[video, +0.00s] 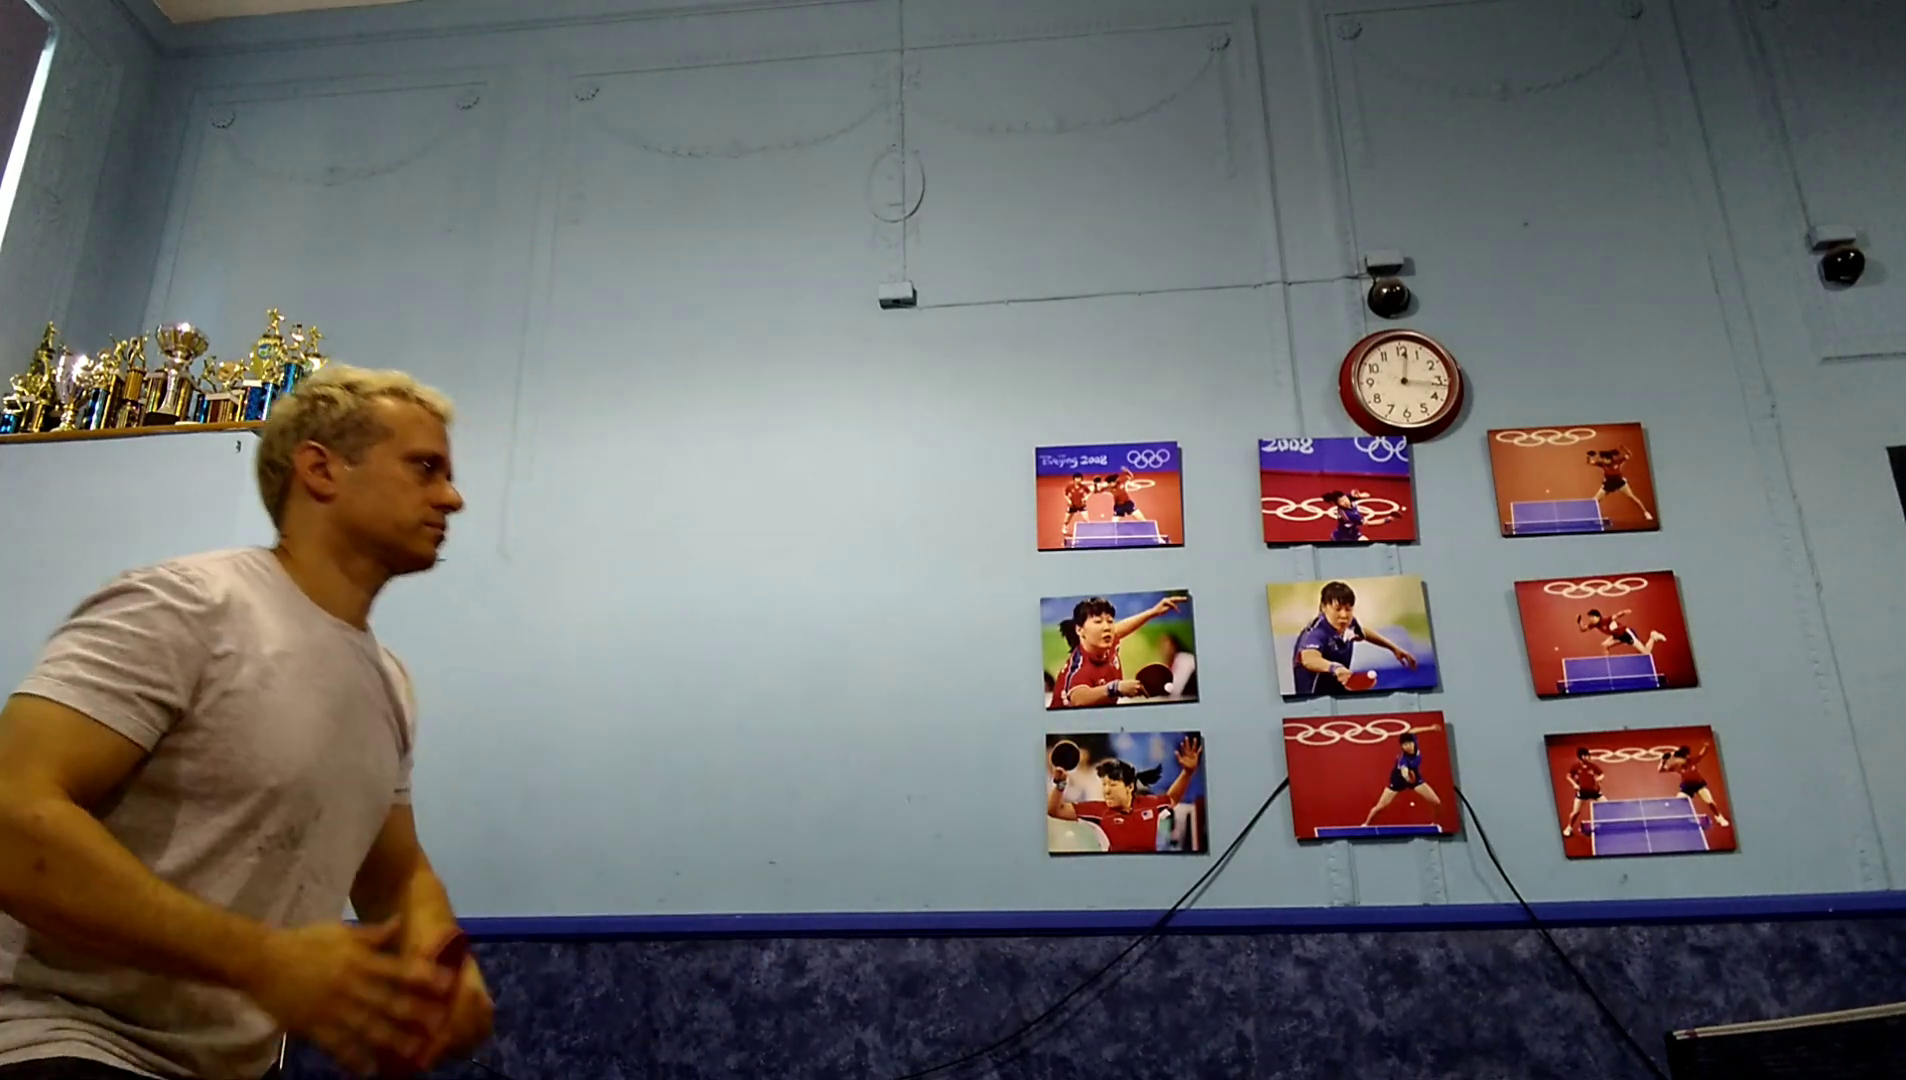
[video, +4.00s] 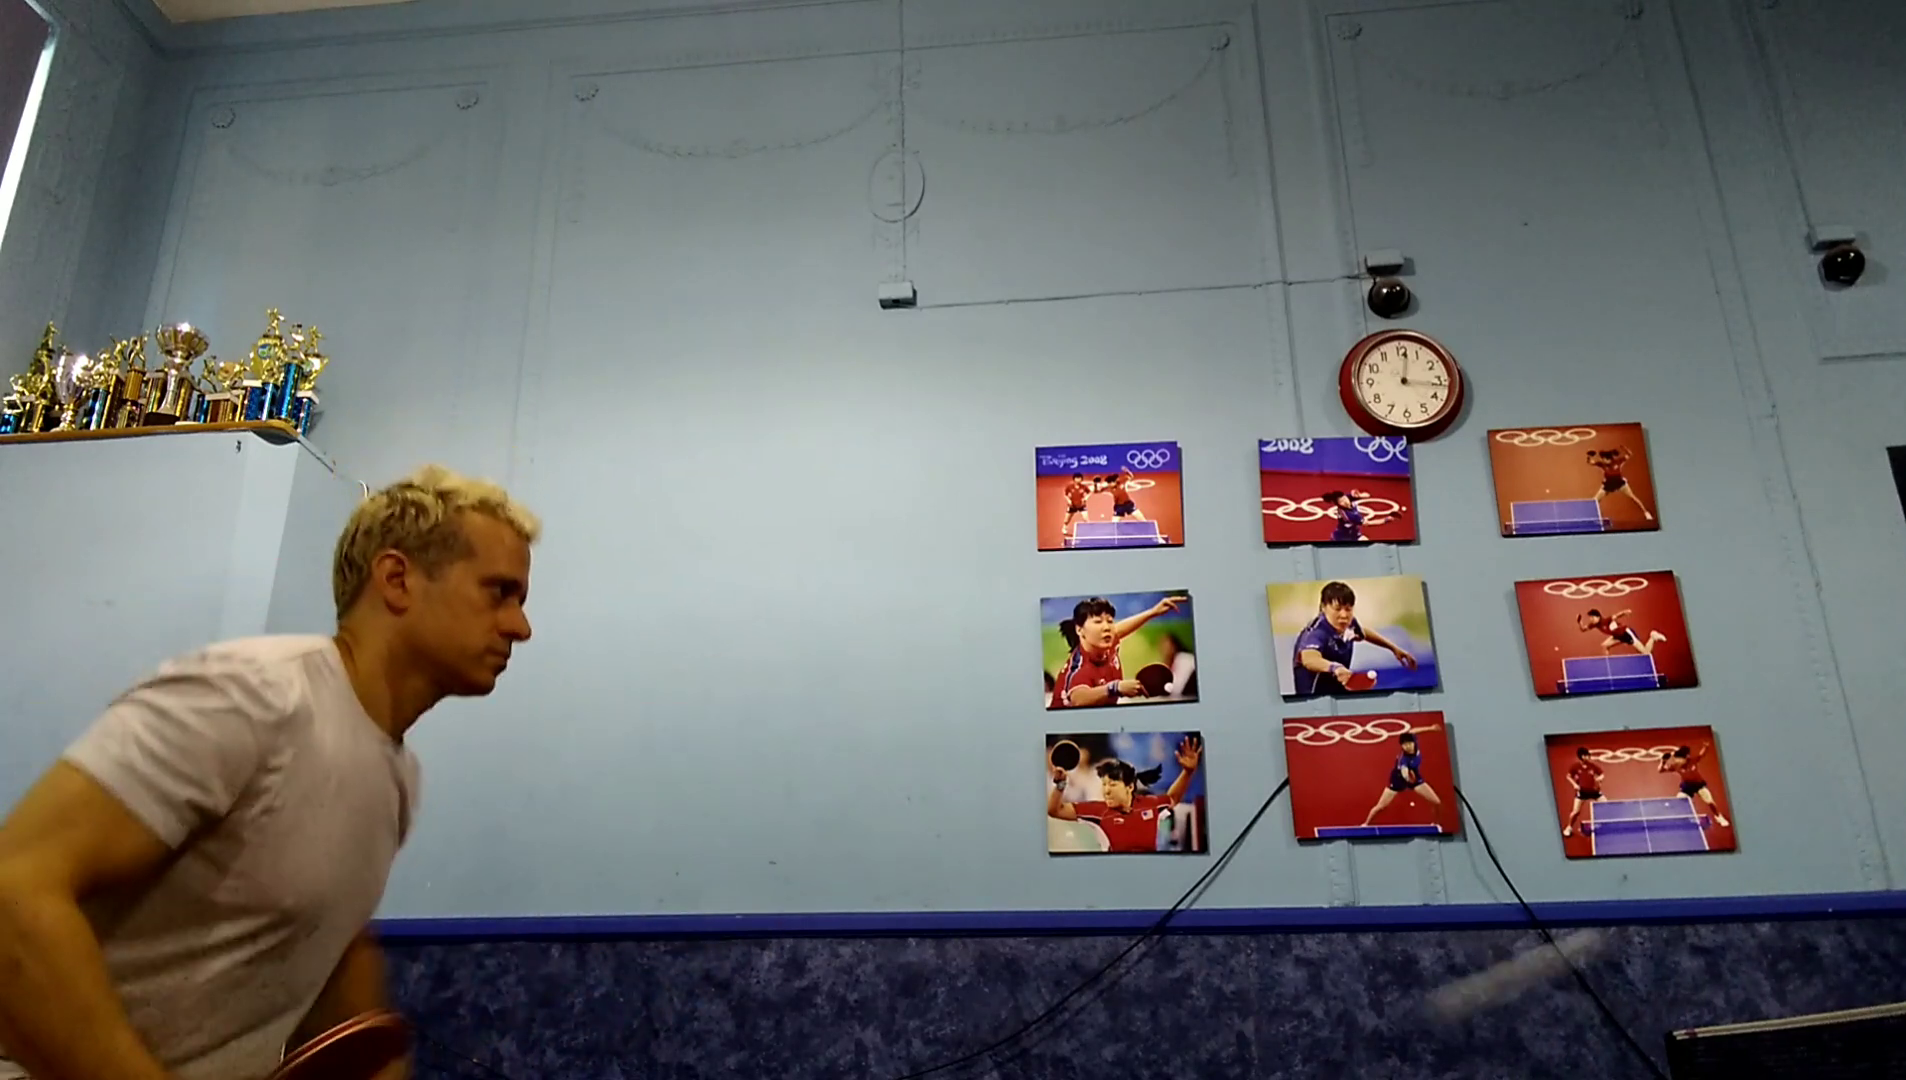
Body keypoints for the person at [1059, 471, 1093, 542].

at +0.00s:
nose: (1078, 481)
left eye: (1079, 479)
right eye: (1077, 479)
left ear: (1081, 480)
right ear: (1074, 480)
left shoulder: (1083, 487)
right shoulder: (1070, 487)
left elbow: (1089, 492)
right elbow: (1065, 494)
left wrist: (1085, 498)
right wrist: (1068, 501)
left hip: (1081, 505)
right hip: (1072, 505)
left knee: (1086, 519)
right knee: (1066, 520)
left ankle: (1089, 530)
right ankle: (1064, 528)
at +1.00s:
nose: (1078, 480)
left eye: (1079, 479)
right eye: (1077, 479)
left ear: (1081, 479)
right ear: (1074, 479)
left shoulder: (1083, 487)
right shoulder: (1070, 487)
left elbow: (1090, 492)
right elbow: (1065, 494)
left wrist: (1085, 498)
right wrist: (1069, 501)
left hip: (1081, 505)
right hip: (1073, 505)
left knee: (1086, 519)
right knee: (1066, 520)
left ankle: (1090, 531)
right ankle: (1064, 529)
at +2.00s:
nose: (1078, 480)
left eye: (1079, 479)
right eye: (1077, 479)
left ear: (1081, 479)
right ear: (1074, 479)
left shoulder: (1083, 487)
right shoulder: (1070, 487)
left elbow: (1090, 492)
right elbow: (1065, 494)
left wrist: (1085, 498)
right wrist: (1069, 501)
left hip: (1081, 505)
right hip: (1073, 505)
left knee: (1086, 519)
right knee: (1066, 520)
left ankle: (1090, 531)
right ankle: (1064, 529)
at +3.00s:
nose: (1078, 480)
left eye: (1079, 479)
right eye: (1077, 479)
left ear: (1081, 479)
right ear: (1074, 479)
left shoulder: (1083, 487)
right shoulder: (1070, 487)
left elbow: (1089, 492)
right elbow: (1065, 494)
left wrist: (1085, 498)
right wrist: (1068, 500)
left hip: (1081, 505)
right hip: (1072, 505)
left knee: (1086, 519)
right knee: (1067, 520)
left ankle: (1089, 530)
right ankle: (1064, 528)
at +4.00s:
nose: (1078, 481)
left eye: (1079, 479)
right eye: (1077, 479)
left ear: (1081, 479)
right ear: (1074, 480)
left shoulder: (1083, 487)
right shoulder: (1070, 487)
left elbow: (1089, 492)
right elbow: (1065, 494)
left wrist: (1085, 498)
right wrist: (1068, 500)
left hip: (1081, 505)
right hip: (1072, 505)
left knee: (1086, 519)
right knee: (1066, 520)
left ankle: (1090, 530)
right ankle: (1064, 529)